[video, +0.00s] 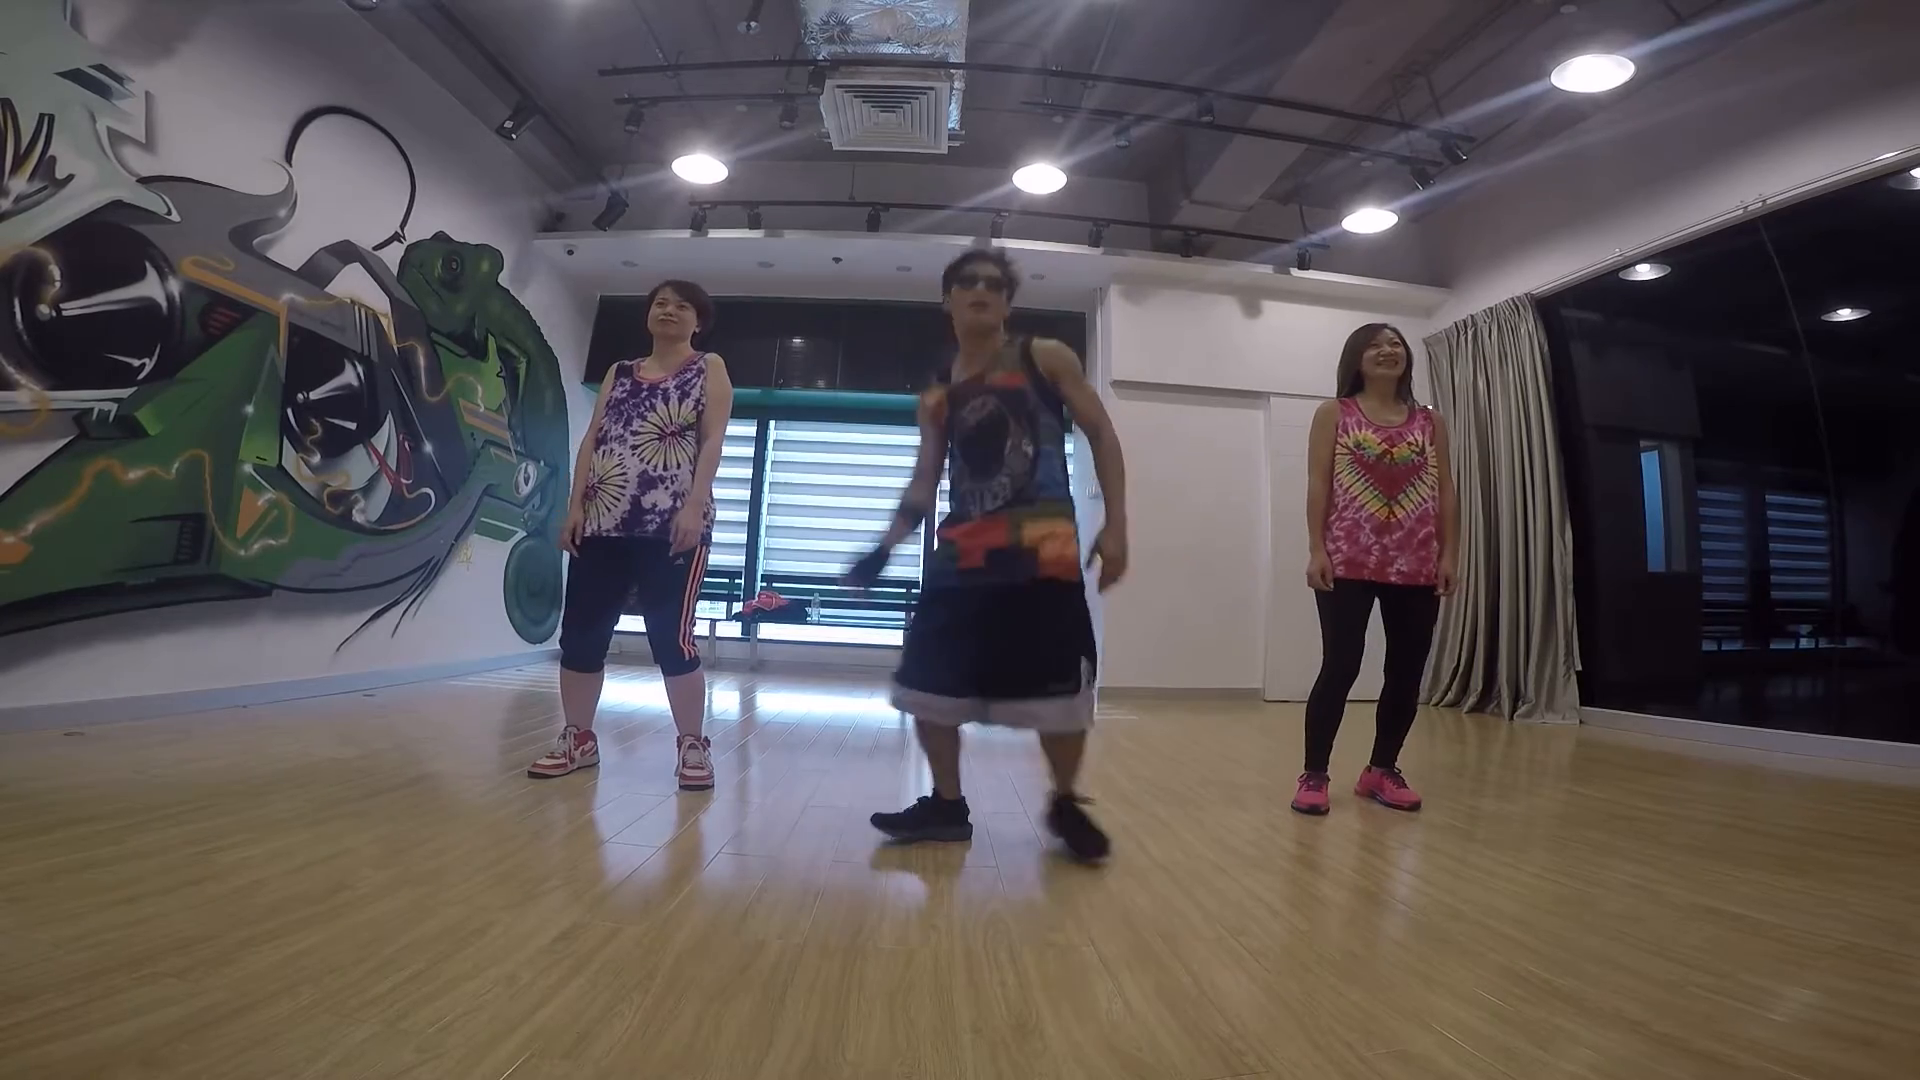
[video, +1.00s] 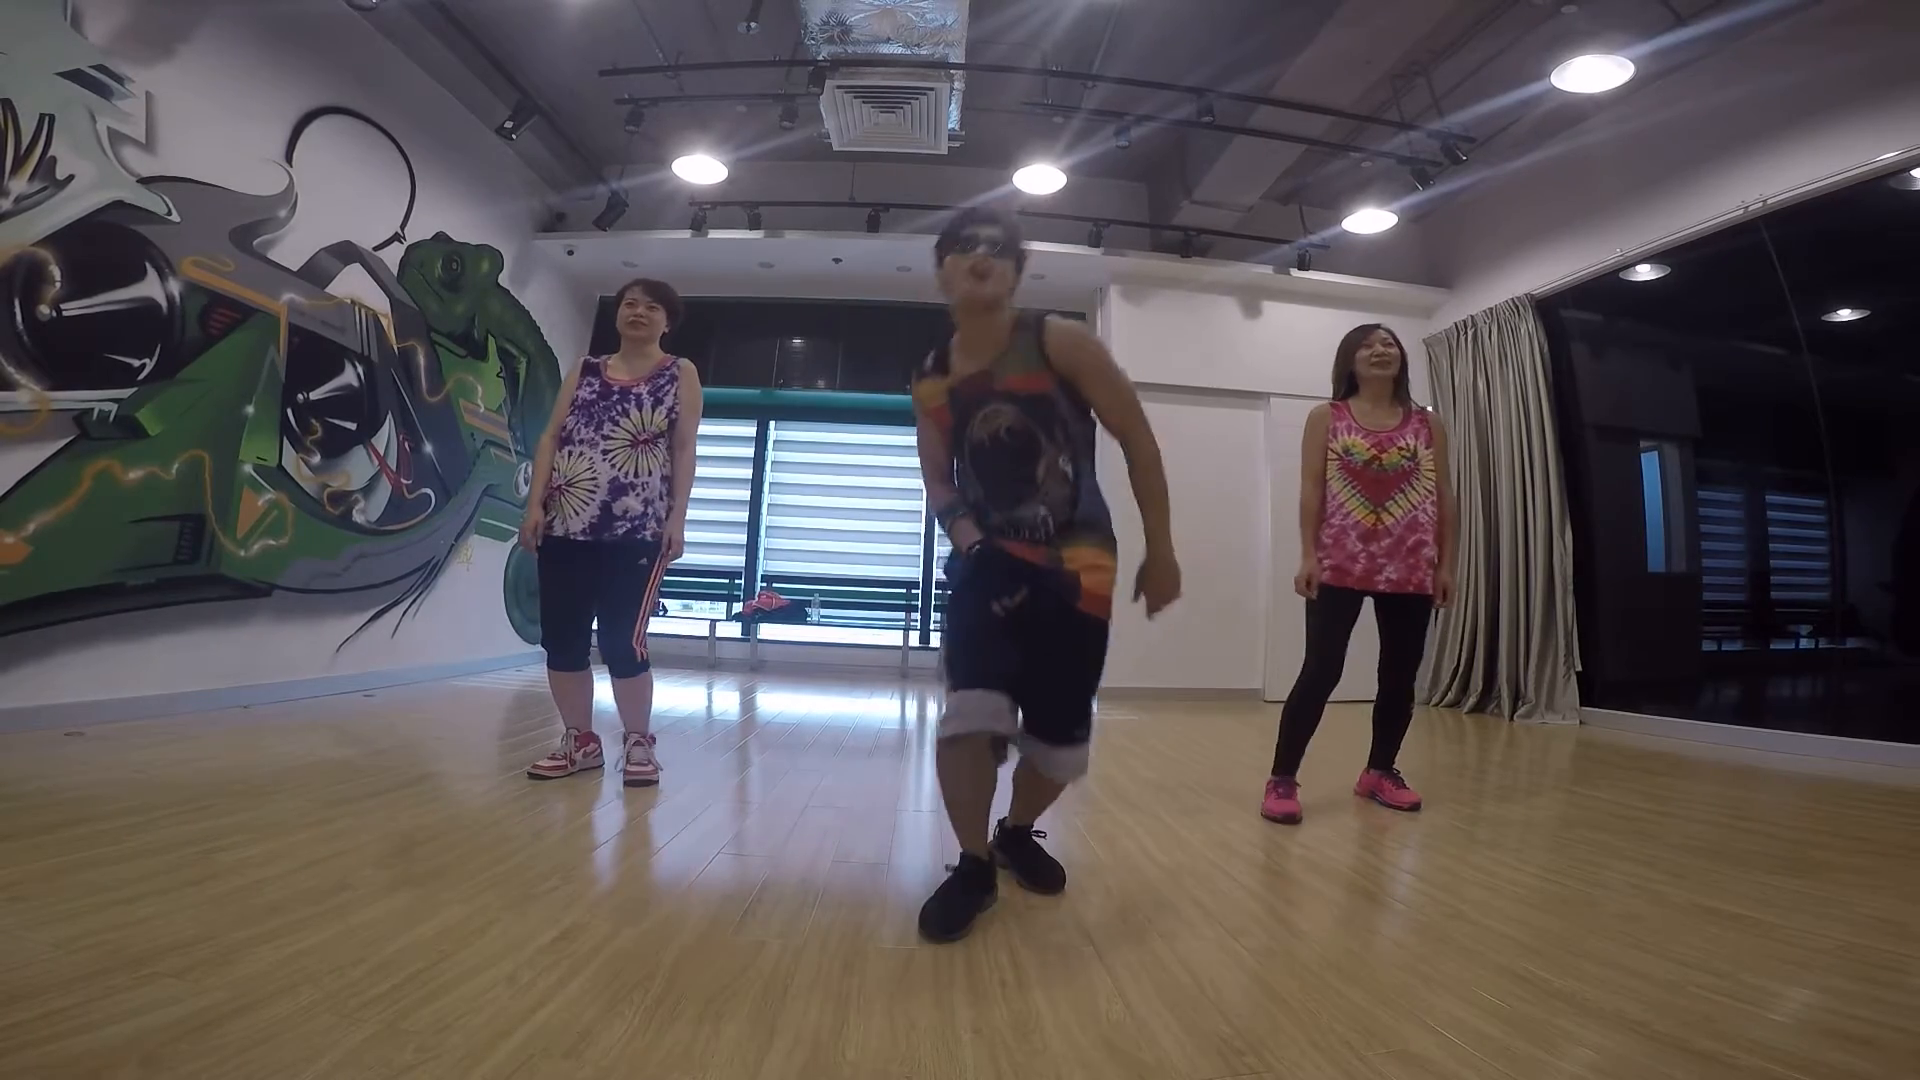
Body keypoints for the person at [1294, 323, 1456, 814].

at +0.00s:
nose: (1387, 350)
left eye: (1395, 343)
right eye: (1375, 345)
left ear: (1407, 359)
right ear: (1356, 361)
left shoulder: (1430, 421)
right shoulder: (1334, 413)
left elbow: (1445, 488)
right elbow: (1319, 483)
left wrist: (1448, 553)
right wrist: (1317, 549)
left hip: (1415, 565)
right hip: (1348, 562)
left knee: (1405, 674)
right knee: (1340, 669)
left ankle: (1381, 771)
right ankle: (1315, 775)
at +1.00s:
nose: (1380, 349)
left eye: (1389, 344)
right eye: (1368, 345)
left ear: (1403, 361)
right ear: (1349, 362)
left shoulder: (1427, 423)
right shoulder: (1327, 417)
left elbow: (1442, 495)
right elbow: (1312, 488)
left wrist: (1444, 564)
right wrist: (1309, 555)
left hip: (1408, 567)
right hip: (1340, 564)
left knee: (1399, 675)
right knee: (1321, 671)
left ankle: (1379, 772)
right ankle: (1283, 780)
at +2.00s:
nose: (1364, 352)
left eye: (1372, 349)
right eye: (1351, 349)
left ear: (1382, 368)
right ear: (1331, 368)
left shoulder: (1398, 431)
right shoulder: (1309, 419)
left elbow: (1414, 504)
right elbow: (1293, 490)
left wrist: (1430, 568)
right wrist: (1290, 557)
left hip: (1386, 577)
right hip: (1325, 573)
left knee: (1379, 679)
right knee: (1354, 665)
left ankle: (1348, 772)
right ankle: (1299, 767)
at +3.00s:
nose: (1345, 365)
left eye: (1351, 360)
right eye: (1333, 361)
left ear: (1361, 375)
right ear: (1314, 376)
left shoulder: (1368, 434)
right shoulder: (1292, 417)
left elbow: (1370, 502)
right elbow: (1271, 472)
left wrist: (1385, 561)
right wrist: (1270, 509)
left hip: (1350, 565)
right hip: (1296, 559)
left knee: (1333, 665)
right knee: (1310, 658)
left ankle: (1308, 752)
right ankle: (1295, 762)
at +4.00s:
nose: (1313, 375)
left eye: (1319, 369)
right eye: (1300, 371)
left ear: (1330, 383)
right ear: (1284, 387)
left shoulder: (1354, 439)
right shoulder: (1268, 440)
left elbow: (1367, 505)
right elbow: (1256, 505)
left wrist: (1374, 567)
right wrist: (1246, 566)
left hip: (1339, 576)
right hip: (1279, 574)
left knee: (1355, 656)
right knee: (1300, 662)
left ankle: (1312, 729)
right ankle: (1280, 755)